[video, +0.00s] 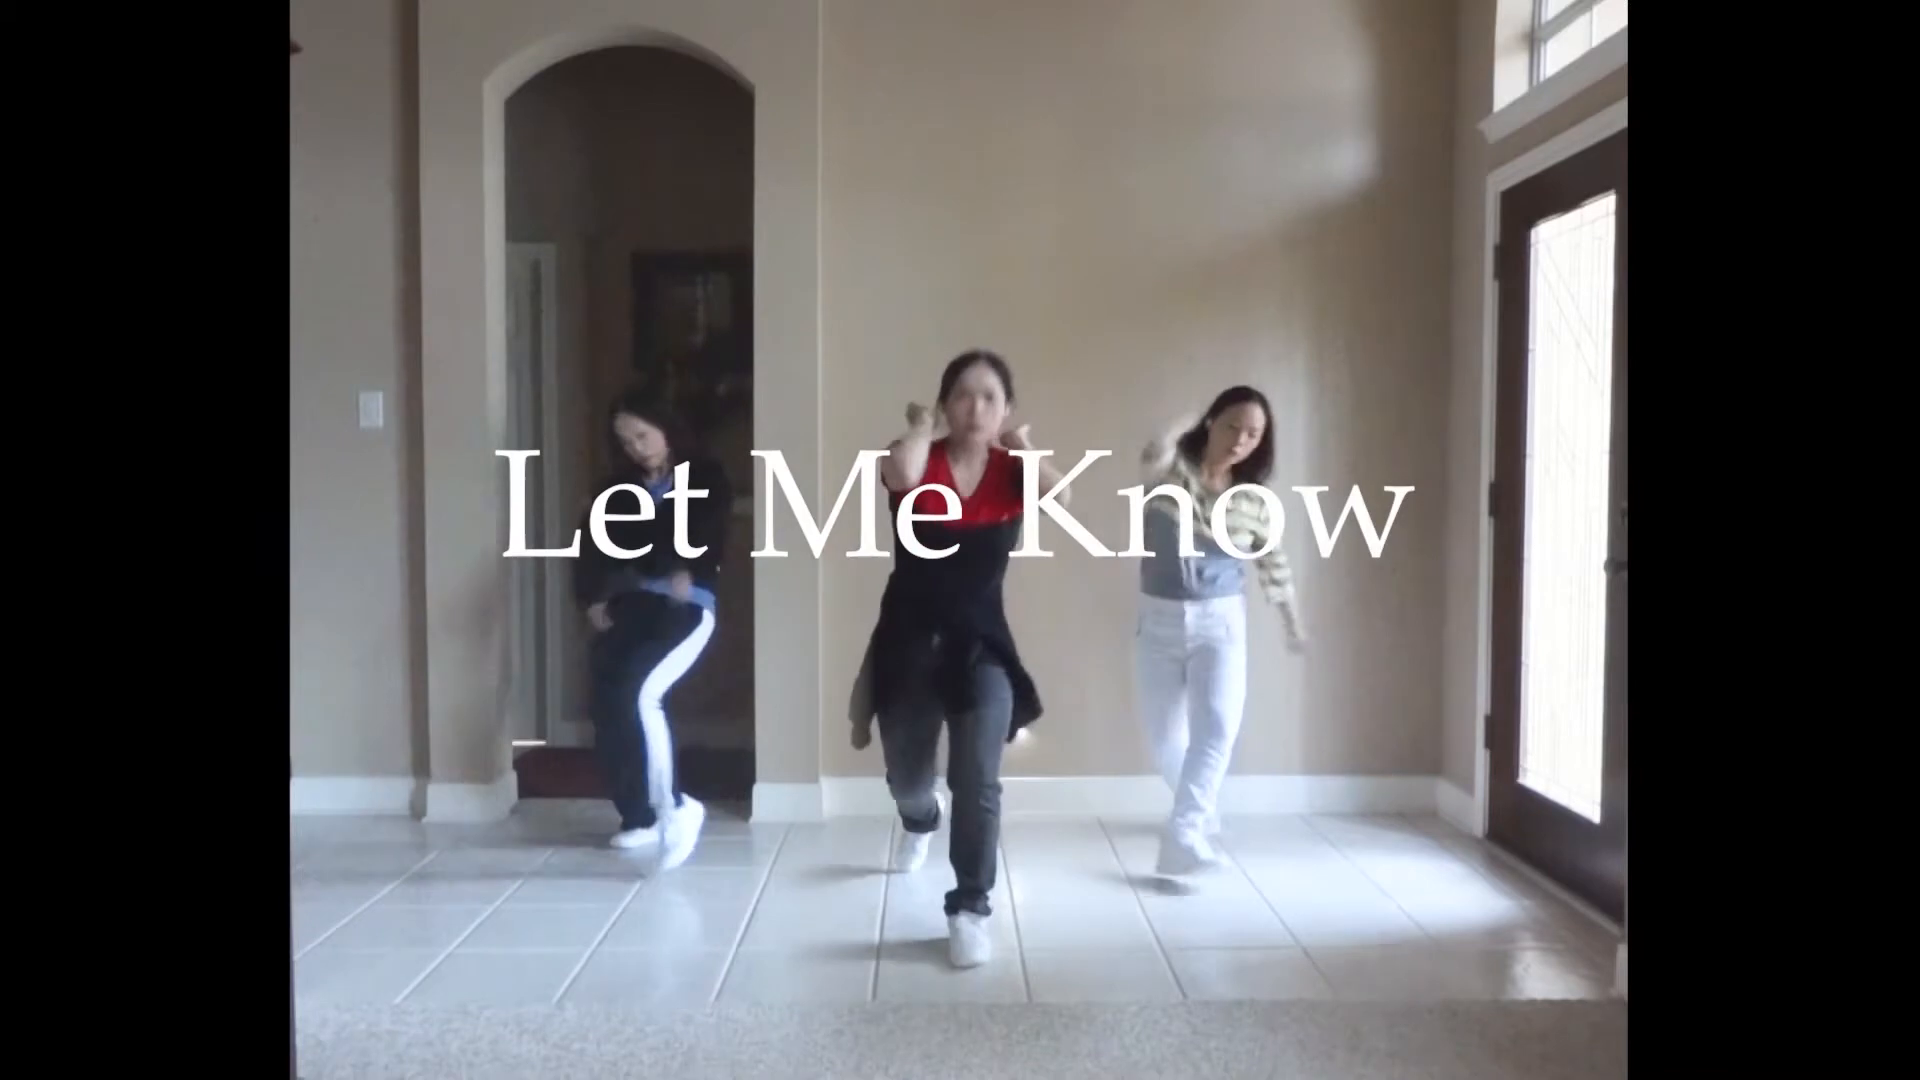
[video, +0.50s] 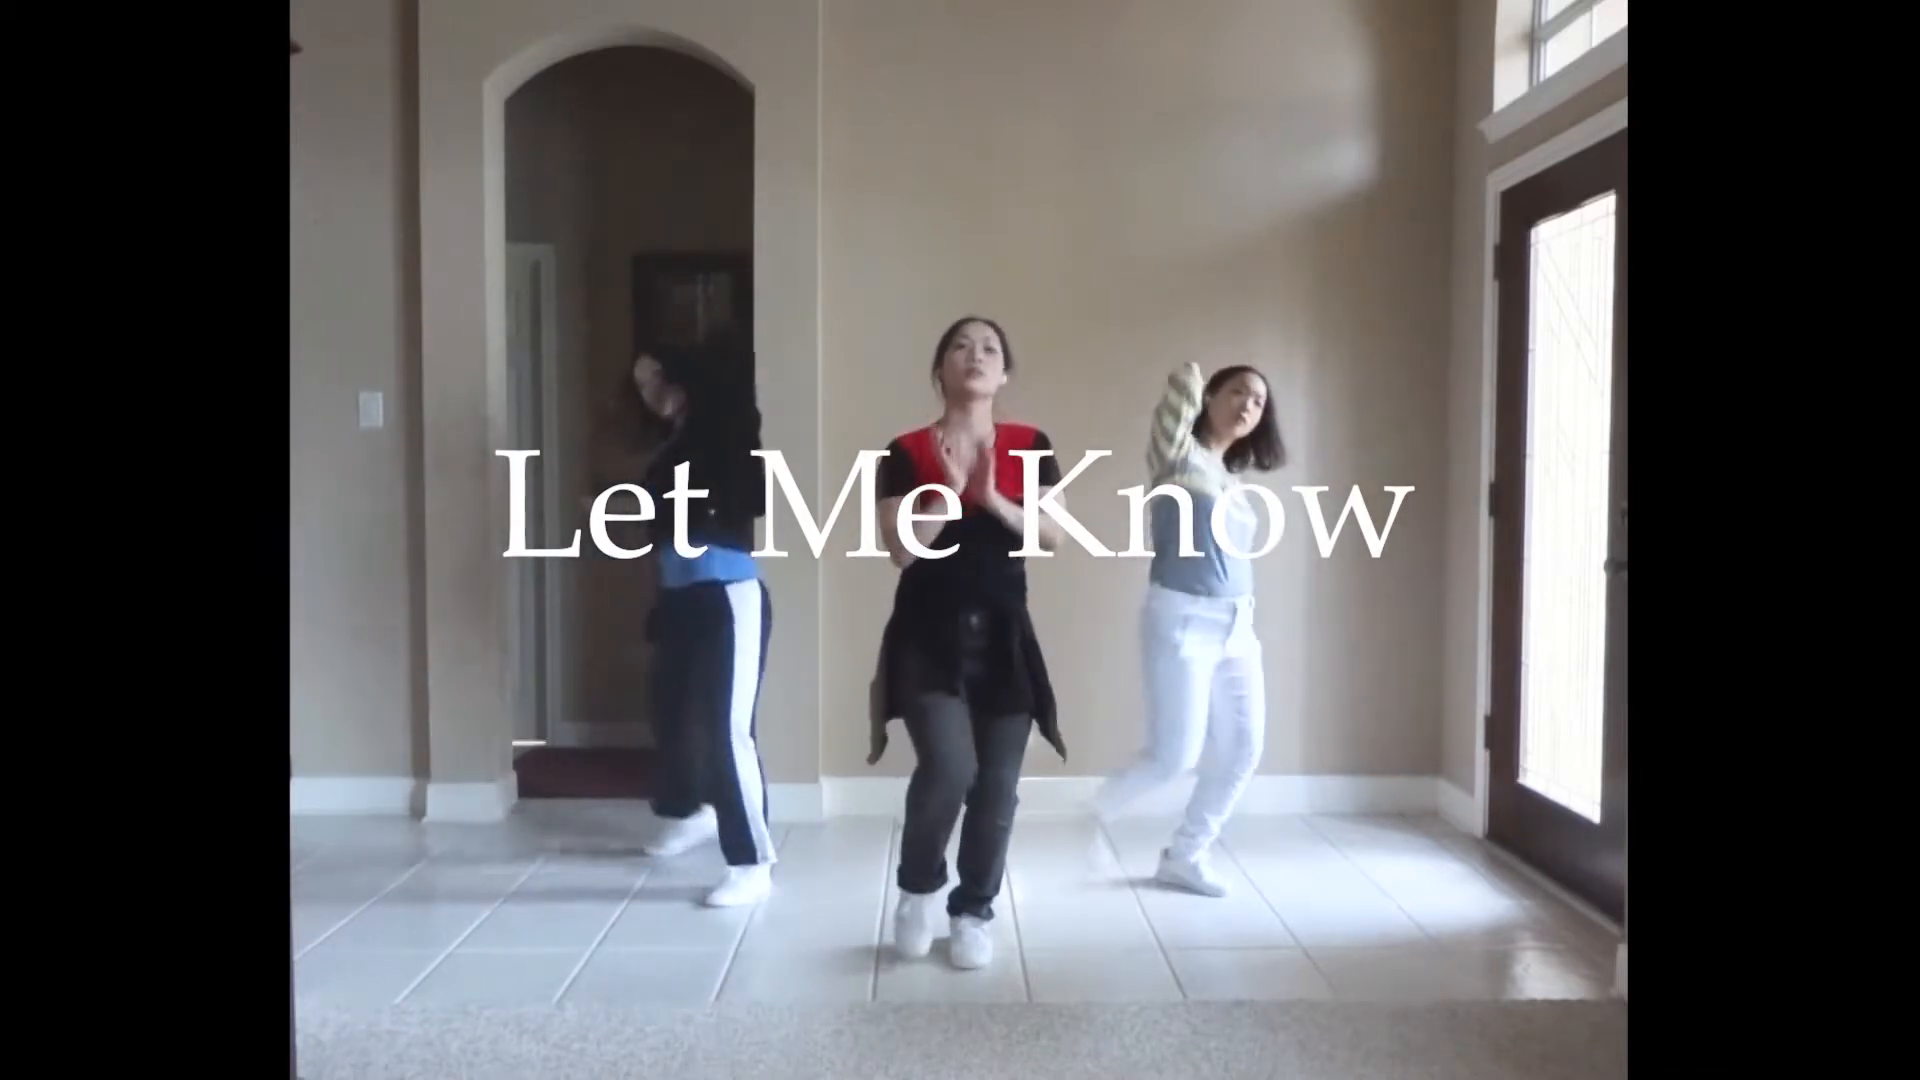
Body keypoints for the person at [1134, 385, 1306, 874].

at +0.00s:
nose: (1241, 439)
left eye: (1252, 434)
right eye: (1234, 427)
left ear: (1259, 443)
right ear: (1211, 423)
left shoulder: (1251, 498)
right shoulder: (1171, 473)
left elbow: (1274, 564)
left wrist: (1291, 621)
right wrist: (1170, 437)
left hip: (1220, 624)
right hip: (1160, 622)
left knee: (1216, 733)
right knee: (1163, 741)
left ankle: (1182, 840)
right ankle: (1202, 812)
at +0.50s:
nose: (1249, 403)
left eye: (1259, 400)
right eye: (1240, 392)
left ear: (1260, 421)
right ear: (1209, 398)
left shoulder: (1236, 478)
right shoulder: (1176, 459)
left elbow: (1229, 557)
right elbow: (1172, 423)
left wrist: (1241, 617)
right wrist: (1188, 381)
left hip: (1235, 624)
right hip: (1180, 619)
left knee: (1240, 750)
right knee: (1173, 756)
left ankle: (1184, 858)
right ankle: (1096, 812)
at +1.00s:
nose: (1211, 373)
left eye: (1218, 367)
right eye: (1197, 364)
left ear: (1224, 387)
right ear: (1170, 379)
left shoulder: (1205, 447)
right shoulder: (1170, 444)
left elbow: (1207, 526)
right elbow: (1205, 518)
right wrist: (1243, 462)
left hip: (1222, 599)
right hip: (1192, 602)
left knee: (1204, 737)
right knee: (1267, 725)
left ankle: (1184, 857)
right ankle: (1189, 846)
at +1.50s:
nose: (1202, 375)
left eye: (1204, 365)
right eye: (1187, 368)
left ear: (1208, 373)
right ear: (1160, 384)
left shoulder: (1151, 439)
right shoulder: (1206, 435)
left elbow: (1199, 462)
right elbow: (1235, 521)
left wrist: (1237, 429)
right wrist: (1268, 596)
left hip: (1169, 593)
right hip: (1195, 597)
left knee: (1195, 731)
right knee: (1233, 735)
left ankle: (1189, 851)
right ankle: (1161, 844)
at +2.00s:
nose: (1195, 411)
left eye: (1203, 399)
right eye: (1181, 402)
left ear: (1217, 403)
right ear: (1159, 408)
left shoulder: (1241, 471)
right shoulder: (1138, 449)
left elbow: (1270, 547)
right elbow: (1092, 412)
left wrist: (1311, 606)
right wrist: (1072, 373)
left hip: (1225, 616)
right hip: (1158, 619)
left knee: (1228, 743)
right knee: (1187, 741)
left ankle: (1189, 856)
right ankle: (1144, 854)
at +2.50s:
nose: (1182, 365)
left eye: (1192, 357)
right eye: (1170, 356)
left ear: (1205, 375)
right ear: (1148, 369)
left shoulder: (1218, 446)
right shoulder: (1116, 428)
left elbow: (1275, 492)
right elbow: (1060, 390)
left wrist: (1326, 517)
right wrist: (1039, 333)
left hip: (1196, 591)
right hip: (1131, 595)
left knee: (1205, 719)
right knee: (1133, 715)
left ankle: (1227, 842)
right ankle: (1145, 824)